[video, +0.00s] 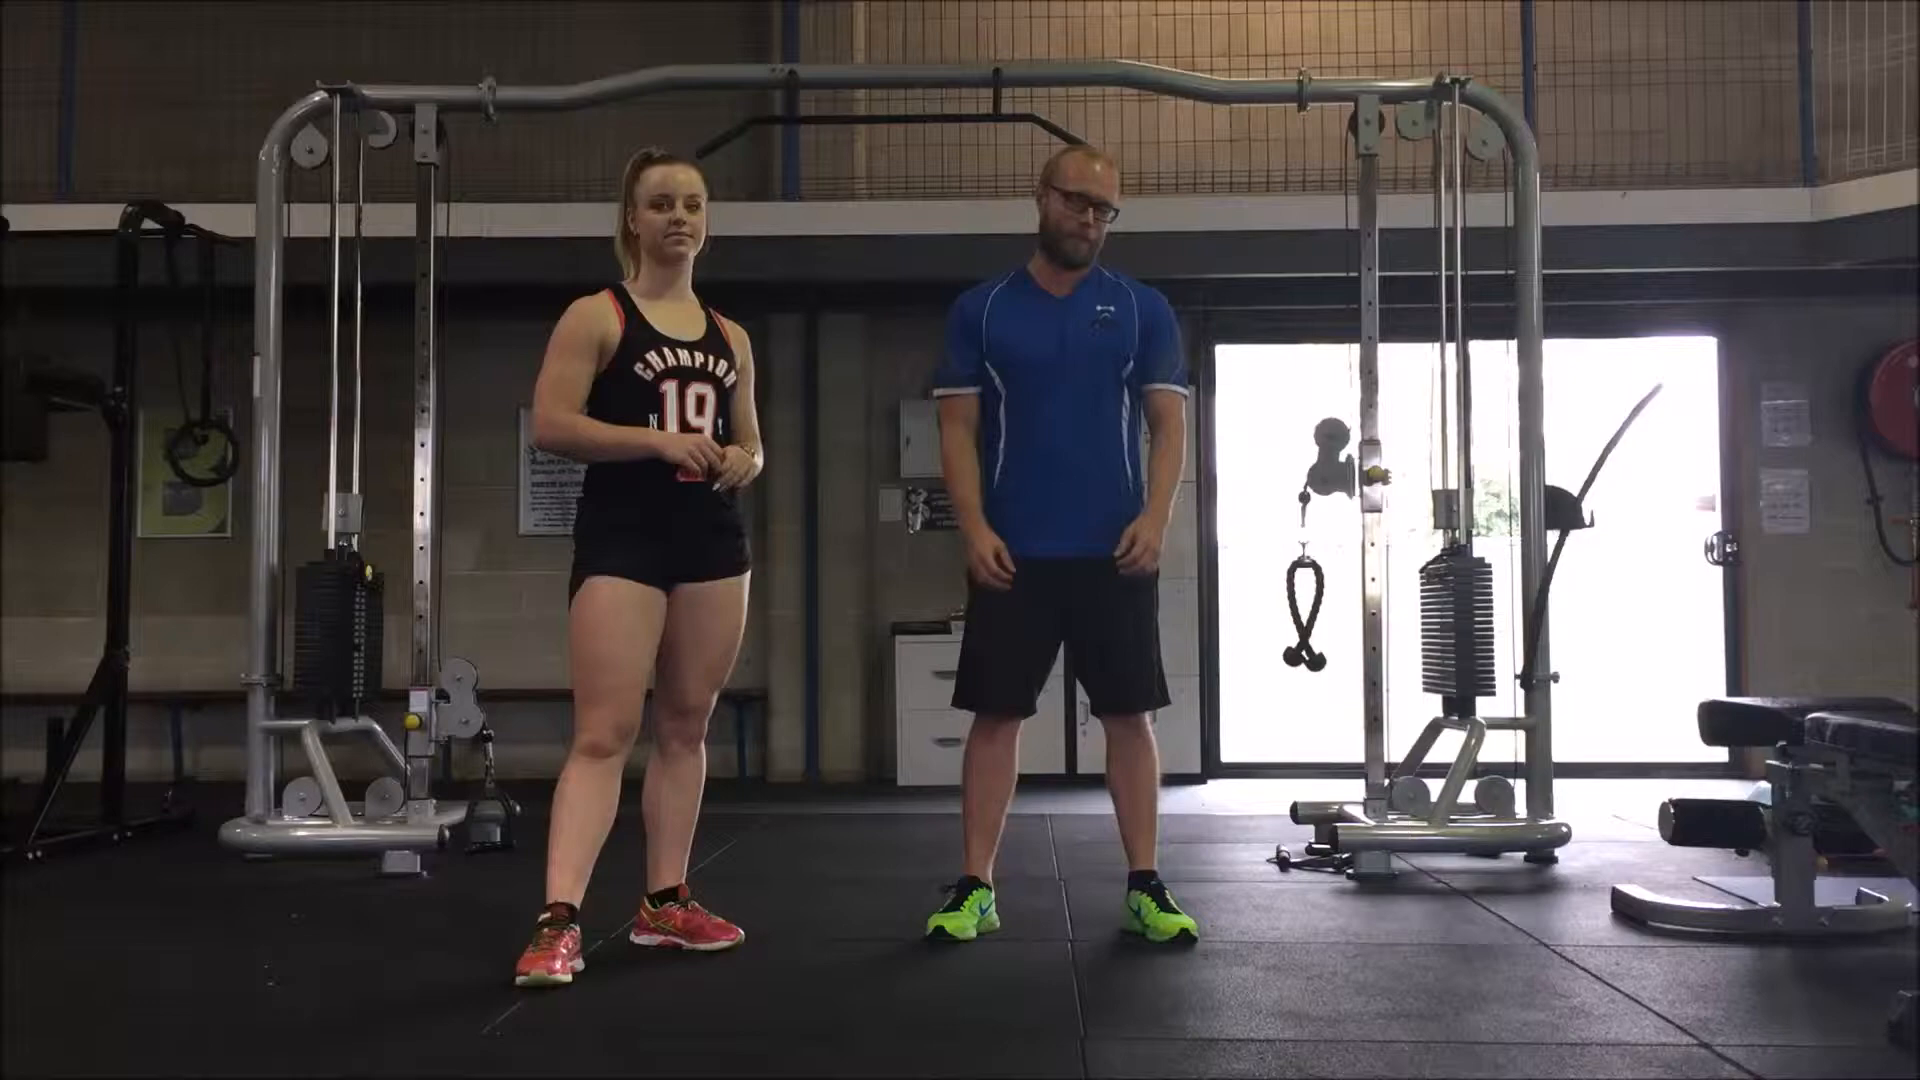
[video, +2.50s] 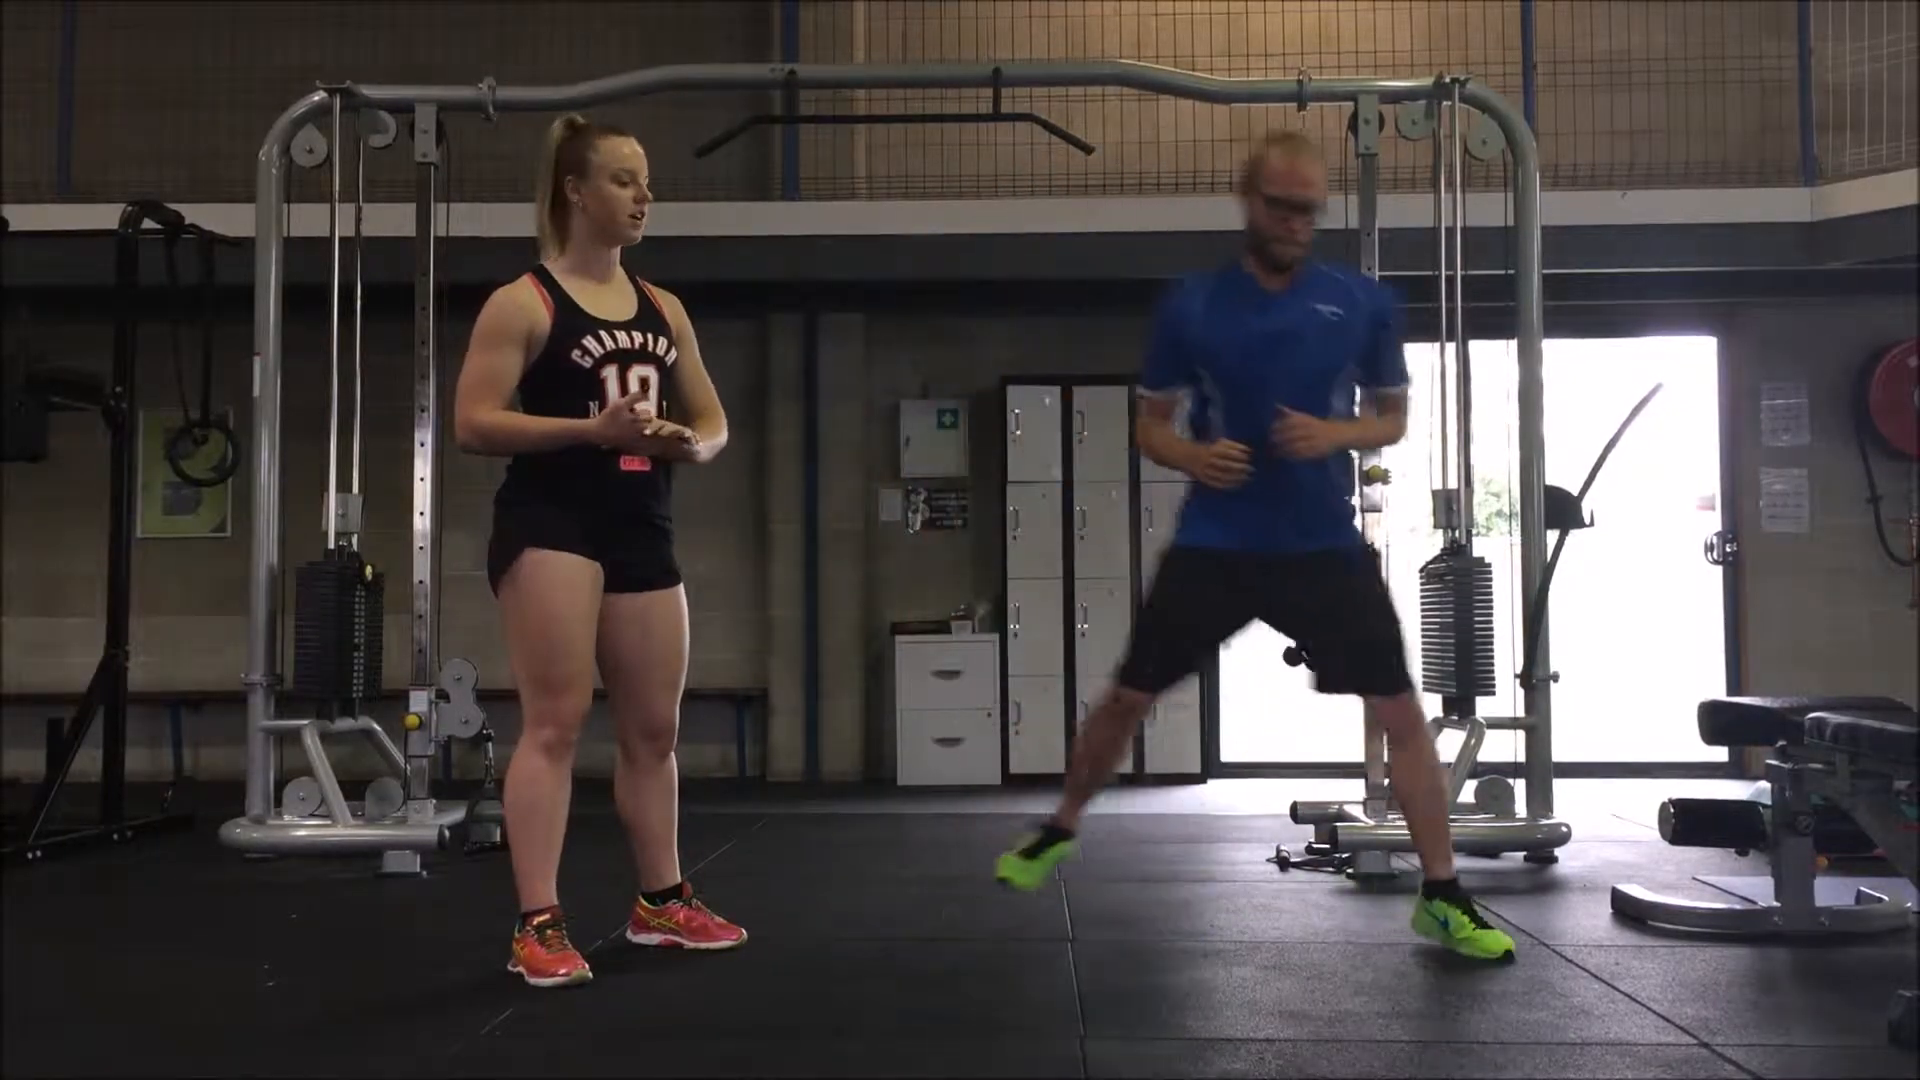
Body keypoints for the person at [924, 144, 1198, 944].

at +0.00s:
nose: (1089, 218)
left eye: (1102, 209)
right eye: (1076, 202)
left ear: (1115, 219)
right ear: (1042, 201)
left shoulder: (1141, 309)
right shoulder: (981, 309)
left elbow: (1169, 423)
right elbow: (956, 427)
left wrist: (1155, 516)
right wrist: (973, 527)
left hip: (1112, 555)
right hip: (1014, 556)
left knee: (1128, 717)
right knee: (994, 720)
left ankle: (1145, 885)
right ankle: (975, 886)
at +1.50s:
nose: (998, 222)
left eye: (1013, 209)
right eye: (984, 207)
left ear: (1033, 211)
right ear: (958, 204)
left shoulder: (1070, 308)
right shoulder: (905, 309)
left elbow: (1095, 424)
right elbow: (873, 427)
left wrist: (1095, 532)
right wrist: (864, 546)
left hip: (1042, 547)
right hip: (944, 551)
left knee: (1059, 699)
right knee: (955, 717)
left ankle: (1050, 844)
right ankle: (972, 884)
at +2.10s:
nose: (1032, 271)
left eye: (1046, 258)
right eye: (1017, 256)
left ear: (1064, 264)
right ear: (987, 258)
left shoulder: (1110, 357)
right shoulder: (945, 372)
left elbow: (1148, 467)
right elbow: (920, 494)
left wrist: (1123, 552)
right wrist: (942, 591)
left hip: (1091, 590)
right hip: (991, 593)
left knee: (1106, 735)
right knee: (974, 742)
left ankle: (1080, 862)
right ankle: (974, 891)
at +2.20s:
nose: (1076, 265)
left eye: (1090, 253)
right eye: (1061, 249)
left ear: (1107, 260)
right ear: (1030, 251)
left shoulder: (1147, 354)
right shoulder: (985, 365)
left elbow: (1187, 463)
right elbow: (961, 483)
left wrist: (1150, 513)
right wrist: (1001, 552)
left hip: (1125, 583)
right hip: (1025, 584)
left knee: (1179, 720)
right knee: (987, 741)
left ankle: (1180, 864)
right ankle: (976, 890)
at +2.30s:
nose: (1142, 229)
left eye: (1156, 216)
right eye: (1127, 213)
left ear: (1171, 221)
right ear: (1095, 212)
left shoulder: (1210, 316)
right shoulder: (1046, 324)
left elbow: (1247, 429)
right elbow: (1013, 438)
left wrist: (1204, 451)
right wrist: (1064, 486)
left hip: (1181, 554)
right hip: (1075, 557)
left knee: (1260, 685)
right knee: (1018, 716)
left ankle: (1298, 851)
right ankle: (975, 880)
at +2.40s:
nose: (1220, 208)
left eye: (1233, 194)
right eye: (1205, 191)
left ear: (1248, 197)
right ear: (1172, 187)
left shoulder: (1284, 283)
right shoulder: (1115, 290)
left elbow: (1320, 404)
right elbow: (1081, 407)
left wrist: (1269, 418)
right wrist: (1129, 446)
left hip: (1249, 529)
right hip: (1141, 530)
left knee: (1333, 681)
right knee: (1068, 686)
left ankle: (1405, 856)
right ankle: (998, 846)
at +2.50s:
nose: (1294, 221)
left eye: (1308, 208)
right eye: (1279, 205)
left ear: (1325, 209)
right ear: (1245, 201)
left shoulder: (1364, 304)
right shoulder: (1193, 304)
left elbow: (1391, 419)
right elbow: (1148, 424)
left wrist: (1336, 432)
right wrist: (1192, 455)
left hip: (1325, 551)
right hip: (1215, 547)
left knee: (1401, 711)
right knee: (1130, 694)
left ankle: (1441, 891)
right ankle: (1061, 827)